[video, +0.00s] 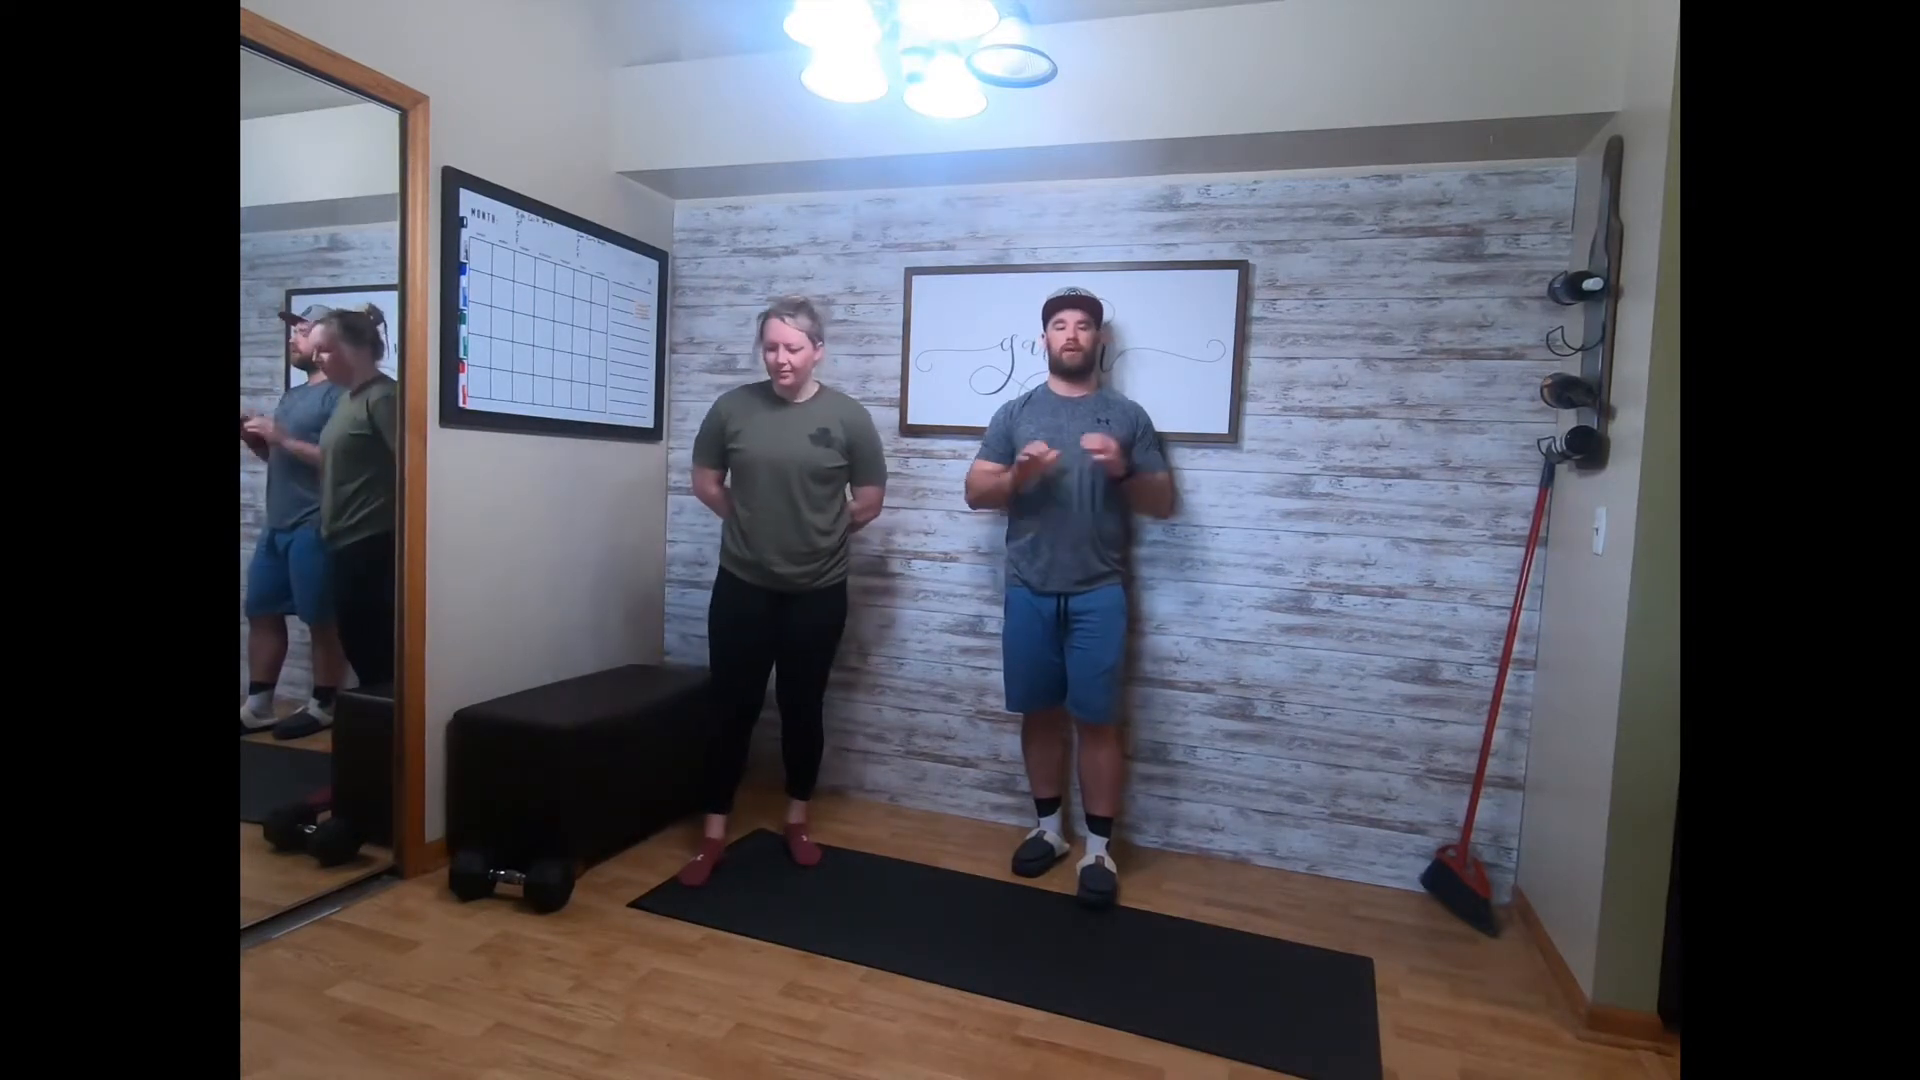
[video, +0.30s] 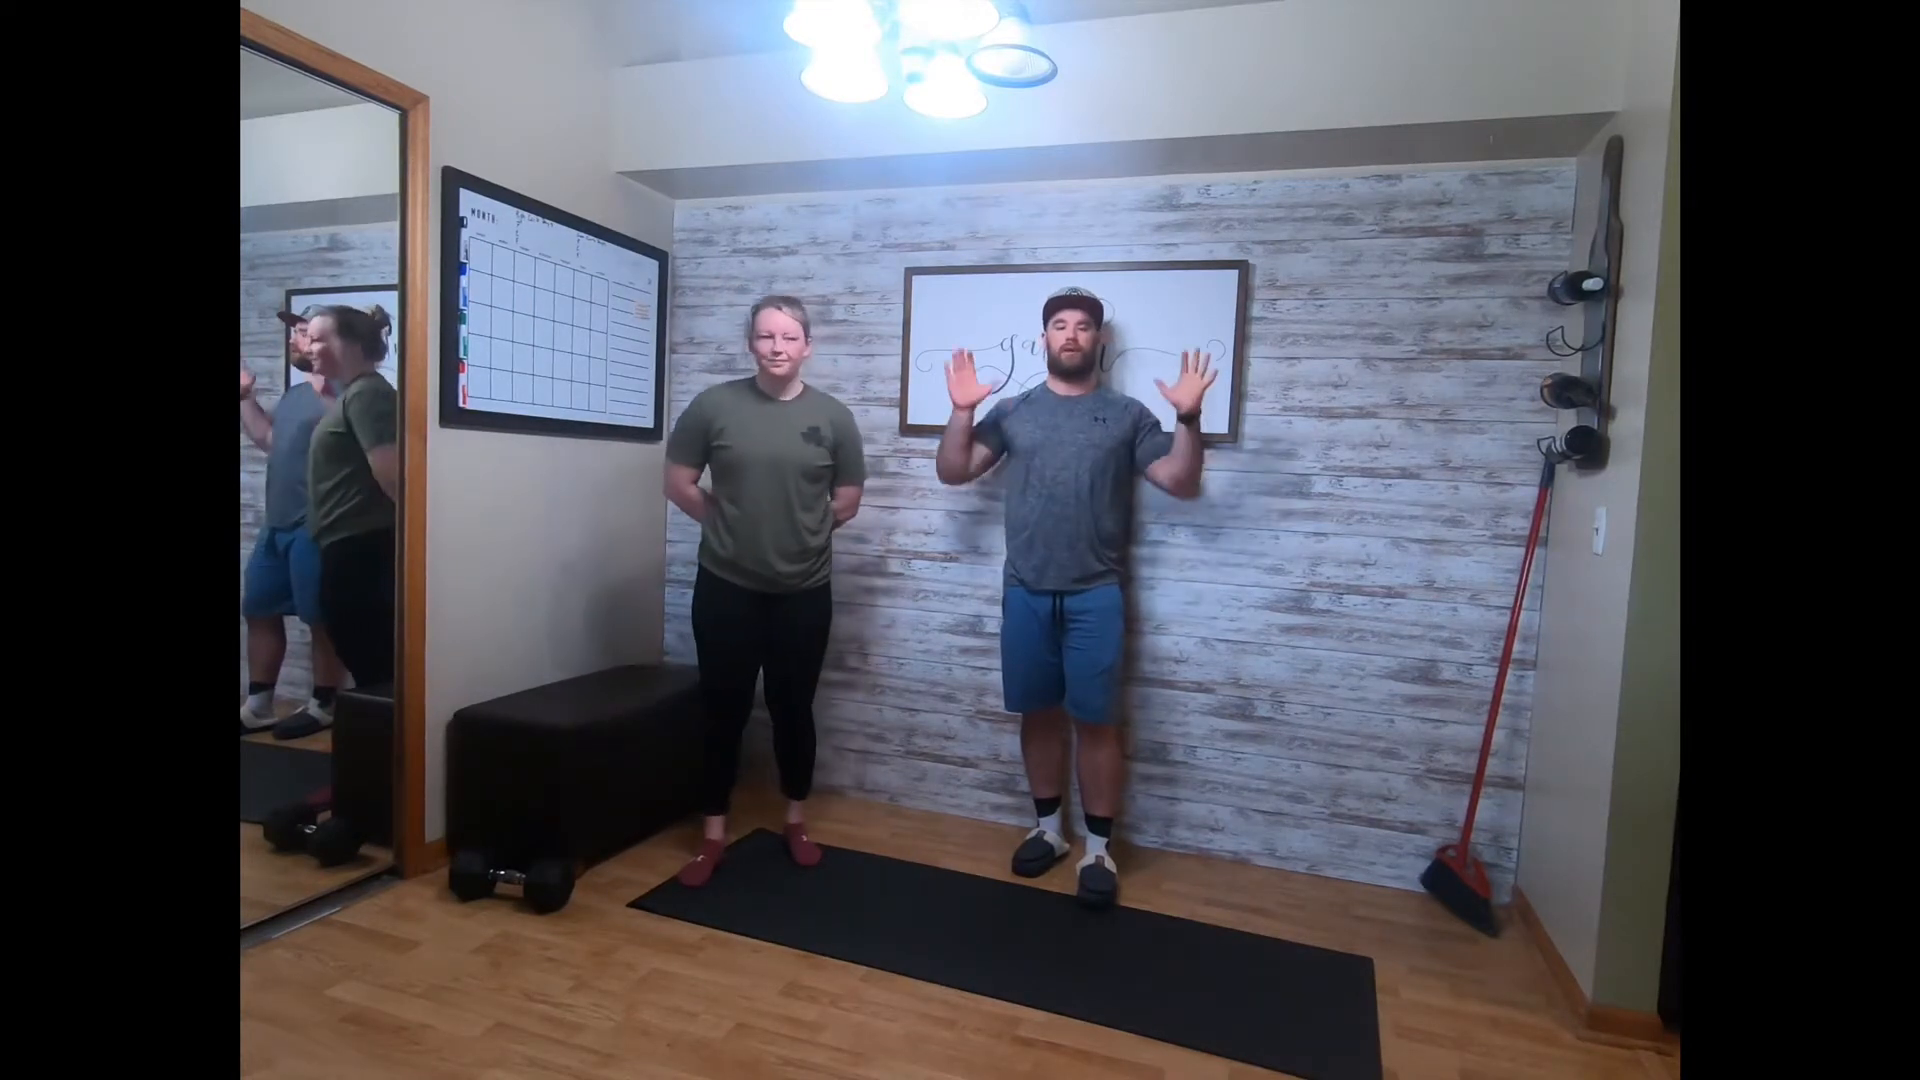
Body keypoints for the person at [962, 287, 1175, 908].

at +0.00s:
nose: (1070, 334)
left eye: (1082, 326)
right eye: (1059, 326)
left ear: (1099, 341)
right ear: (1044, 340)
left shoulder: (1126, 417)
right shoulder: (1015, 413)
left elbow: (1161, 502)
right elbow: (977, 491)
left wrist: (1124, 471)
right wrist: (1018, 476)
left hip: (1098, 584)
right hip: (1029, 584)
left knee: (1095, 716)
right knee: (1039, 711)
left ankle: (1098, 851)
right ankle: (1048, 830)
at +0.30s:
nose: (1070, 334)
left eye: (1082, 326)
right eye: (1060, 326)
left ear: (1099, 341)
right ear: (1044, 339)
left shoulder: (1124, 413)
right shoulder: (1016, 410)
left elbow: (1181, 481)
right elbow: (952, 471)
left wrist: (1187, 417)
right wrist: (962, 411)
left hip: (1096, 583)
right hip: (1026, 582)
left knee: (1095, 717)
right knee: (1037, 711)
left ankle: (1097, 851)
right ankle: (1048, 831)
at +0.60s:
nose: (1072, 335)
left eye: (1083, 327)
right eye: (1061, 327)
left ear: (1100, 340)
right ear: (1045, 341)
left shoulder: (1126, 397)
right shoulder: (1016, 393)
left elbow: (1197, 354)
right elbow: (940, 358)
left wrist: (1218, 274)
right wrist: (937, 278)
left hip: (1093, 577)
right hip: (1024, 576)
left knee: (1094, 713)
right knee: (1034, 708)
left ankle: (1098, 849)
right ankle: (1048, 829)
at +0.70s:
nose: (1071, 337)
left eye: (1082, 328)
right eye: (1059, 328)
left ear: (1100, 339)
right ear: (1044, 341)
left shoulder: (1124, 394)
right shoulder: (1019, 391)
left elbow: (1184, 337)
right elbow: (951, 341)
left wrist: (1215, 256)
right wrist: (935, 260)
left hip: (1093, 574)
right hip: (1024, 572)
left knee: (1094, 712)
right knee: (1035, 707)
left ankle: (1097, 848)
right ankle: (1047, 829)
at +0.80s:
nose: (1069, 338)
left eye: (1080, 329)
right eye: (1058, 330)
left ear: (1099, 341)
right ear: (1043, 344)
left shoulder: (1125, 396)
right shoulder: (1018, 393)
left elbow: (1191, 341)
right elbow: (944, 350)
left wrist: (1206, 260)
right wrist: (938, 270)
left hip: (1093, 578)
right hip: (1024, 576)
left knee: (1094, 714)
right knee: (1035, 708)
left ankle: (1097, 848)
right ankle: (1048, 830)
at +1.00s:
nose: (1064, 336)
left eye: (1076, 327)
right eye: (1053, 328)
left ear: (1093, 339)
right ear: (1038, 340)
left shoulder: (1122, 408)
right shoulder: (1012, 404)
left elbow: (1199, 440)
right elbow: (937, 443)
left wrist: (1185, 376)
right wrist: (942, 378)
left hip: (1094, 579)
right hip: (1024, 577)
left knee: (1093, 715)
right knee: (1036, 709)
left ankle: (1097, 851)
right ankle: (1048, 831)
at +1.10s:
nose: (1057, 337)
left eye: (1069, 327)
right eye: (1046, 328)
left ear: (1088, 337)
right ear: (1033, 339)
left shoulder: (1116, 410)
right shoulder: (1008, 408)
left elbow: (1175, 481)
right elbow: (976, 480)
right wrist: (948, 471)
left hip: (1092, 581)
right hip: (1023, 580)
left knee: (1094, 716)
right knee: (1036, 710)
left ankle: (1098, 851)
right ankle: (1048, 830)